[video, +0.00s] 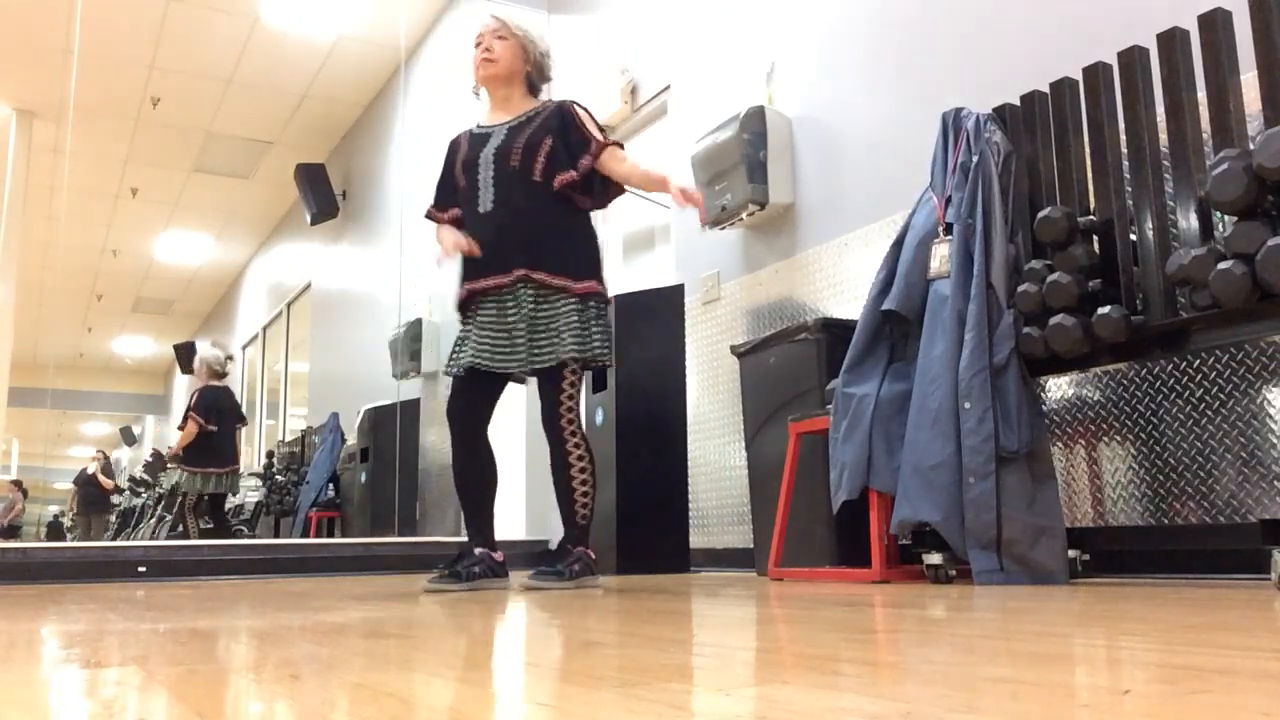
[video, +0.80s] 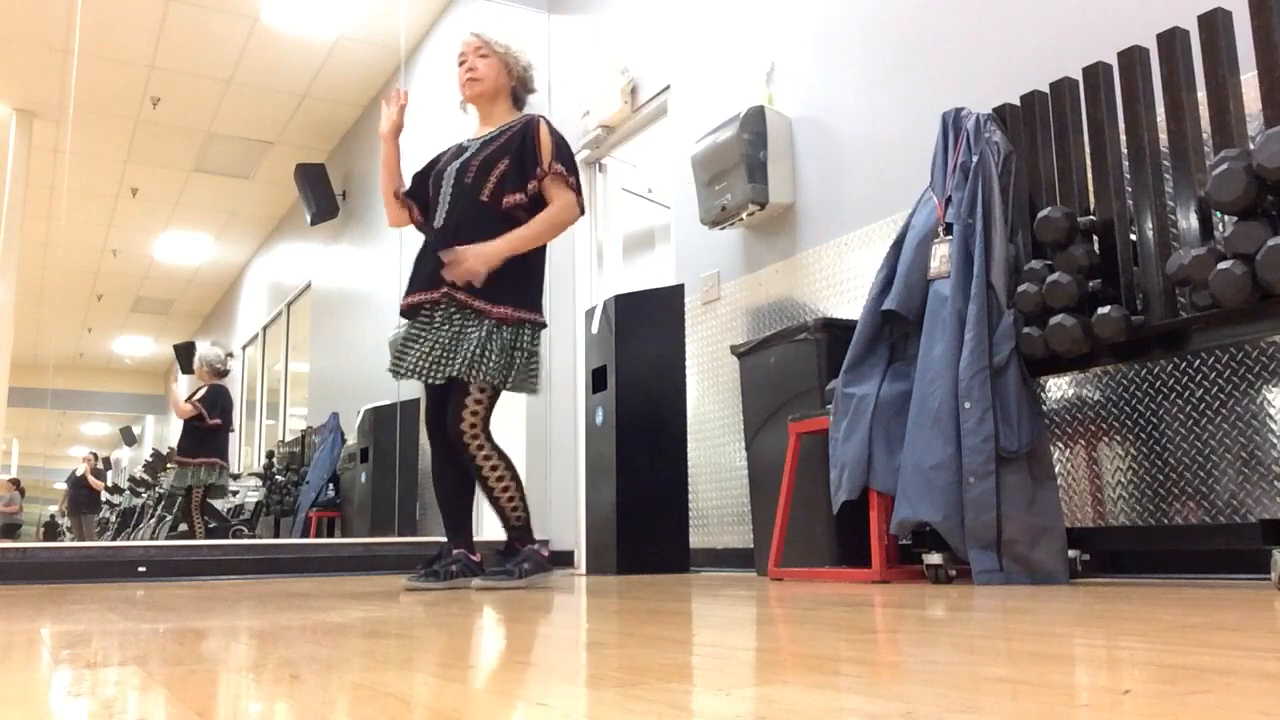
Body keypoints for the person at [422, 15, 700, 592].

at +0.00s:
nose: (483, 46)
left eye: (498, 39)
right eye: (478, 41)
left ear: (528, 59)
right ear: (476, 66)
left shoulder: (560, 114)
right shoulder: (465, 143)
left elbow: (616, 163)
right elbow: (447, 221)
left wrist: (668, 184)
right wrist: (452, 238)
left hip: (563, 287)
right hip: (494, 292)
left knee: (562, 416)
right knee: (464, 413)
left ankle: (578, 549)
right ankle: (483, 550)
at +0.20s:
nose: (494, 50)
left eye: (509, 43)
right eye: (489, 45)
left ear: (538, 63)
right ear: (483, 70)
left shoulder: (566, 119)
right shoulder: (473, 150)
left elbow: (619, 189)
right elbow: (452, 226)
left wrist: (605, 166)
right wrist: (454, 237)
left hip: (570, 290)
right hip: (503, 298)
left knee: (567, 415)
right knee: (460, 410)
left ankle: (579, 551)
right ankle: (478, 545)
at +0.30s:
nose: (495, 50)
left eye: (509, 42)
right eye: (490, 45)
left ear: (539, 61)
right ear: (487, 68)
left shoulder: (565, 118)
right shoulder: (476, 147)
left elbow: (614, 184)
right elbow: (456, 231)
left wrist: (565, 160)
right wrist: (434, 212)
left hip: (565, 288)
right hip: (499, 297)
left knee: (566, 416)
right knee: (456, 409)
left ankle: (579, 550)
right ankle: (473, 544)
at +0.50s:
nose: (490, 51)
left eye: (503, 42)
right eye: (484, 46)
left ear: (534, 60)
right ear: (481, 70)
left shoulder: (554, 122)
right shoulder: (469, 141)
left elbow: (576, 195)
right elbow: (432, 210)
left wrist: (491, 188)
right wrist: (397, 152)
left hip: (539, 295)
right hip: (479, 299)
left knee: (549, 418)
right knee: (452, 421)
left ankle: (578, 549)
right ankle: (465, 552)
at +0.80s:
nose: (467, 66)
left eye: (479, 57)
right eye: (461, 62)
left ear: (510, 72)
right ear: (460, 85)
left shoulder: (533, 128)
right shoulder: (449, 157)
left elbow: (566, 206)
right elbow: (399, 211)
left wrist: (490, 251)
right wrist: (390, 138)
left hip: (501, 302)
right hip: (442, 300)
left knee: (467, 425)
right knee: (440, 426)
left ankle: (525, 546)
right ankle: (460, 551)